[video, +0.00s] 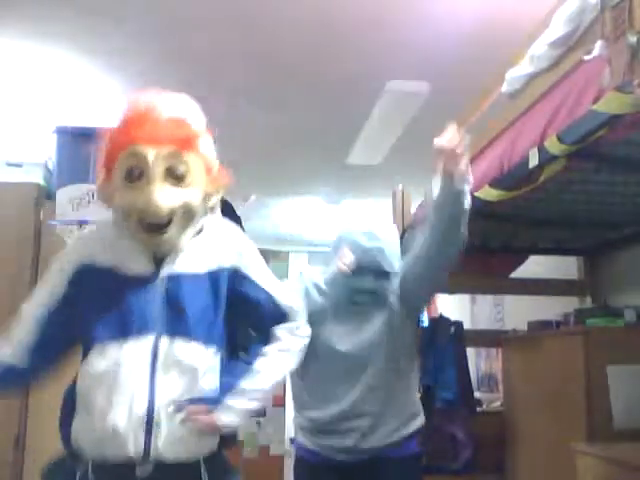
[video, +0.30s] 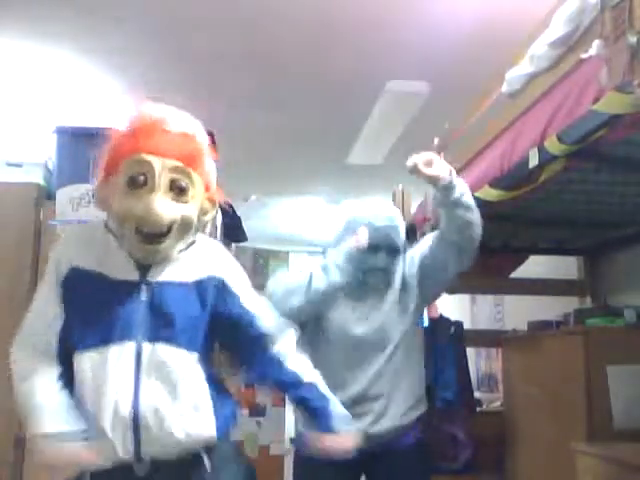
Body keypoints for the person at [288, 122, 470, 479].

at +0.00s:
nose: (364, 281)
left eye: (373, 273)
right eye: (355, 270)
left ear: (387, 273)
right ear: (336, 266)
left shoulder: (400, 300)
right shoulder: (308, 301)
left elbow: (439, 248)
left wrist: (451, 178)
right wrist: (335, 277)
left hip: (392, 455)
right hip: (320, 457)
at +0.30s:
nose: (380, 261)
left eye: (390, 251)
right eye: (371, 250)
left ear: (401, 251)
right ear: (348, 250)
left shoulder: (409, 281)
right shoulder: (318, 288)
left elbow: (460, 242)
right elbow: (279, 302)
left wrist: (447, 184)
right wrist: (343, 258)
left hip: (399, 440)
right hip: (326, 443)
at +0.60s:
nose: (370, 239)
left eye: (380, 227)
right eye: (357, 228)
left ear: (391, 229)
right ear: (334, 230)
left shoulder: (408, 260)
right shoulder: (307, 271)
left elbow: (464, 232)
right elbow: (259, 291)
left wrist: (454, 154)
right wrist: (329, 238)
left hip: (397, 440)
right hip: (324, 441)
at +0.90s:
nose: (348, 234)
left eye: (359, 225)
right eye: (338, 229)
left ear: (383, 236)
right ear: (325, 247)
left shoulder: (413, 282)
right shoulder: (315, 298)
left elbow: (461, 224)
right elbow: (288, 341)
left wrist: (415, 169)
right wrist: (311, 257)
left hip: (393, 456)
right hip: (320, 454)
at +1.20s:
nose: (373, 230)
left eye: (386, 220)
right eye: (361, 219)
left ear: (403, 230)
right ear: (343, 226)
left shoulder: (415, 280)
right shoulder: (315, 277)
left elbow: (488, 278)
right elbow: (256, 268)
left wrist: (460, 215)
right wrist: (330, 232)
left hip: (403, 433)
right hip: (331, 437)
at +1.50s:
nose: (355, 228)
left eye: (366, 218)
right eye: (345, 217)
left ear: (380, 224)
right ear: (322, 222)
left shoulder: (390, 269)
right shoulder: (296, 279)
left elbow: (435, 249)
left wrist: (464, 176)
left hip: (394, 433)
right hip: (319, 437)